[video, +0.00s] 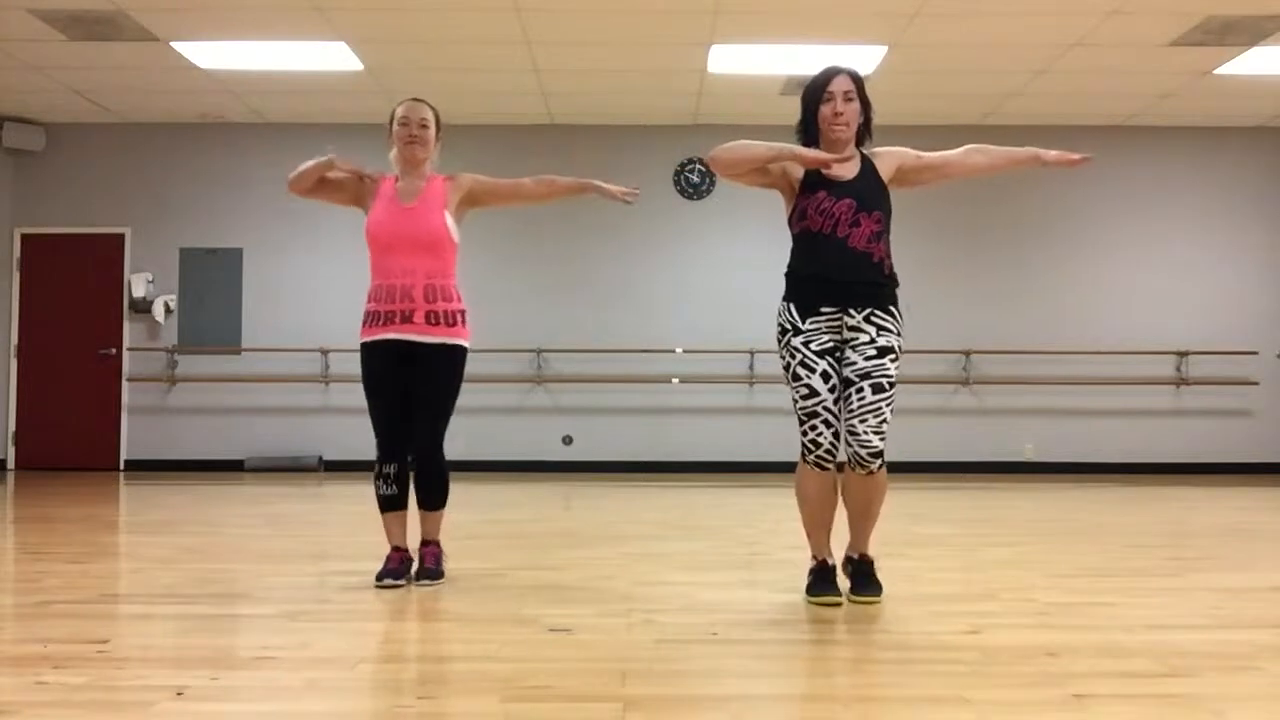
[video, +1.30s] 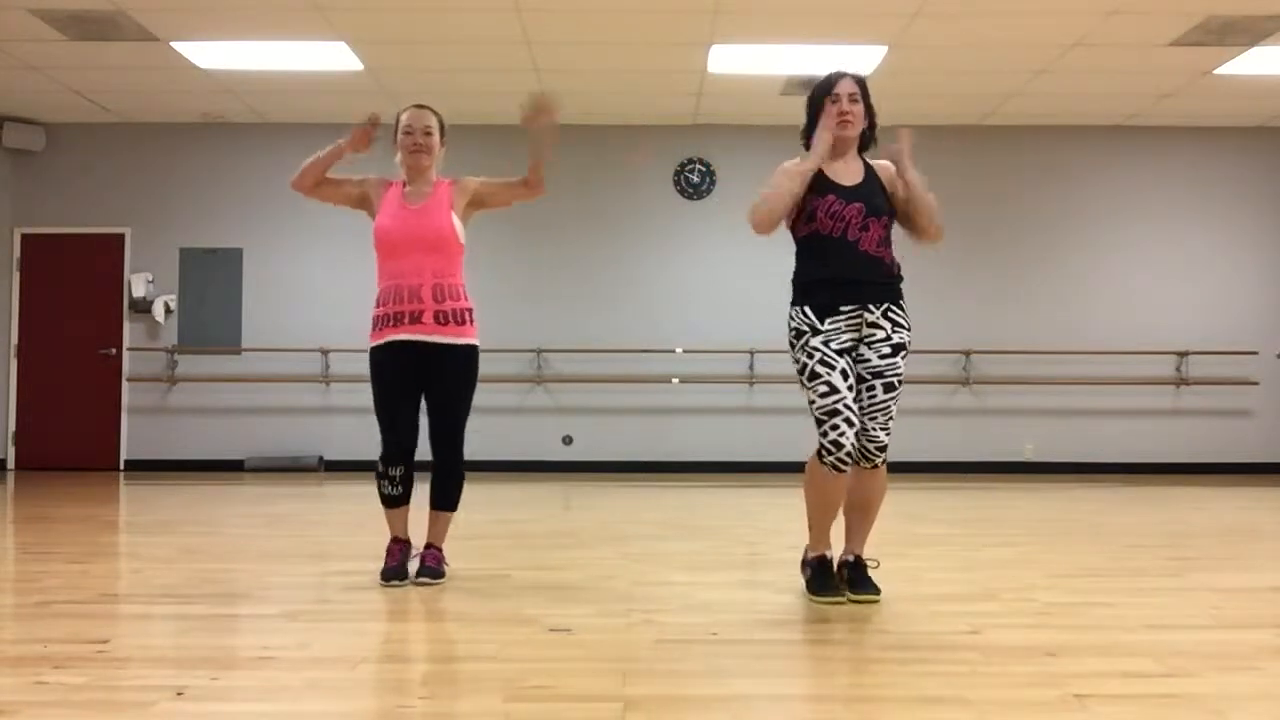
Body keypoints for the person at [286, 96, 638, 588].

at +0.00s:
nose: (413, 130)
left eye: (422, 124)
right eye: (404, 123)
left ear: (437, 138)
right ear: (391, 134)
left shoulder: (456, 188)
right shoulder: (370, 188)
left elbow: (530, 187)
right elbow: (298, 185)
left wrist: (595, 186)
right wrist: (326, 163)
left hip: (441, 335)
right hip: (383, 333)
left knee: (427, 444)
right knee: (390, 447)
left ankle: (429, 547)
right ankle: (396, 552)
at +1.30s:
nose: (416, 138)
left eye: (426, 132)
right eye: (408, 132)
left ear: (441, 144)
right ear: (395, 143)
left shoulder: (462, 191)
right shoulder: (376, 191)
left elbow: (533, 186)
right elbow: (303, 183)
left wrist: (541, 136)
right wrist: (345, 145)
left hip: (453, 339)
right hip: (393, 338)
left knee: (447, 448)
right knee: (397, 447)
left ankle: (433, 548)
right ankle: (397, 543)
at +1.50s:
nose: (416, 133)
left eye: (426, 128)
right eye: (407, 126)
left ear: (440, 141)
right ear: (395, 139)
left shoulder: (458, 187)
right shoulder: (375, 188)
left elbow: (512, 142)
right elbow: (311, 155)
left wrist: (462, 107)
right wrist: (366, 118)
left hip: (449, 337)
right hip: (390, 336)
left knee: (440, 444)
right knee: (395, 447)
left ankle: (433, 549)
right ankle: (402, 550)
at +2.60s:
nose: (413, 134)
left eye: (423, 128)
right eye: (405, 129)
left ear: (439, 141)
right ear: (393, 141)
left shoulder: (457, 187)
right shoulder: (378, 186)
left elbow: (499, 125)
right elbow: (333, 124)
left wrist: (540, 68)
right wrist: (289, 71)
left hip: (442, 338)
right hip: (384, 334)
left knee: (428, 446)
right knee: (391, 446)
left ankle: (430, 547)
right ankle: (400, 550)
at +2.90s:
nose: (415, 129)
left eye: (424, 123)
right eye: (407, 124)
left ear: (440, 137)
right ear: (395, 137)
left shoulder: (462, 185)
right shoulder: (379, 184)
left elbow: (532, 145)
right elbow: (319, 152)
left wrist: (603, 110)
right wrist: (264, 122)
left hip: (447, 337)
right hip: (388, 335)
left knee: (439, 446)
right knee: (394, 444)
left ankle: (430, 550)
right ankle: (399, 545)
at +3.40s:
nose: (413, 126)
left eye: (422, 122)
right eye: (404, 121)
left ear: (436, 139)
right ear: (390, 138)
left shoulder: (458, 189)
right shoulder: (371, 189)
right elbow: (293, 191)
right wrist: (227, 197)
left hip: (444, 331)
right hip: (385, 331)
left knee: (430, 439)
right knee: (390, 442)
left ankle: (435, 543)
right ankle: (398, 549)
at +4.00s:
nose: (419, 130)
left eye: (429, 125)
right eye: (411, 124)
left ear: (441, 141)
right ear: (396, 137)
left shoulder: (459, 193)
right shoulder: (372, 194)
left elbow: (525, 225)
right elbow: (310, 242)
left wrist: (584, 254)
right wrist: (257, 283)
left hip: (449, 336)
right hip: (389, 336)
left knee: (441, 445)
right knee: (396, 448)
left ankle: (433, 549)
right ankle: (400, 551)